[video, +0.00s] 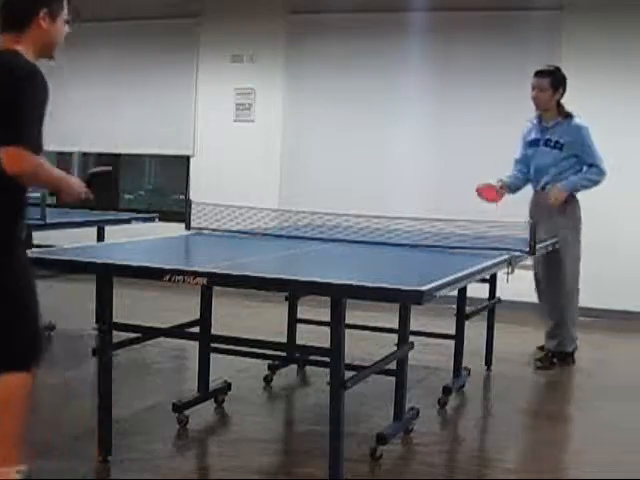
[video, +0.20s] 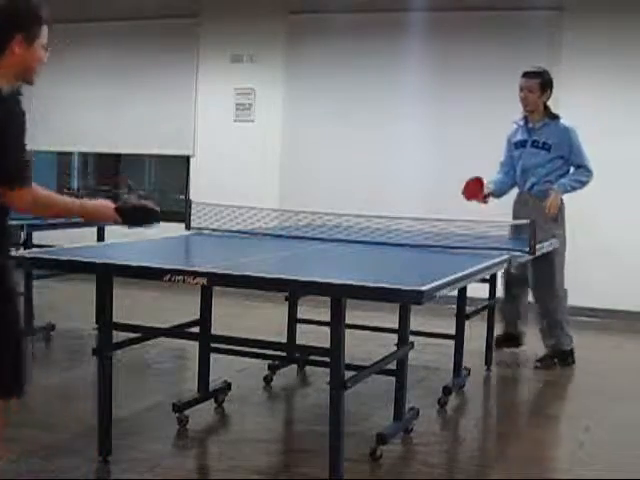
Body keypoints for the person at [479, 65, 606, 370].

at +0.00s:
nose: (534, 95)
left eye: (541, 90)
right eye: (533, 89)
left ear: (558, 93)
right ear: (532, 92)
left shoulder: (576, 131)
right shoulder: (532, 131)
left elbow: (597, 171)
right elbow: (523, 171)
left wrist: (566, 187)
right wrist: (504, 185)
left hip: (563, 207)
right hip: (539, 206)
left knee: (564, 274)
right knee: (544, 275)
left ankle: (564, 346)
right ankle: (556, 339)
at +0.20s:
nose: (523, 97)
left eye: (530, 91)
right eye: (521, 91)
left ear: (545, 95)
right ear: (519, 94)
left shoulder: (563, 132)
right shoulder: (517, 133)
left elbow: (583, 171)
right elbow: (508, 173)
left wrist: (559, 190)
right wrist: (491, 189)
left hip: (548, 207)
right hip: (523, 205)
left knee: (547, 278)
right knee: (515, 273)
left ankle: (560, 348)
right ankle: (512, 332)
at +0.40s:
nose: (504, 100)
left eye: (510, 94)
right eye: (501, 94)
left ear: (524, 98)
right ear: (498, 99)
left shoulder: (542, 134)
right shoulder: (496, 138)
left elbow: (559, 174)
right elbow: (489, 179)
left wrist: (530, 174)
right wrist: (472, 200)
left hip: (530, 214)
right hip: (502, 212)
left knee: (534, 281)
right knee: (486, 279)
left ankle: (557, 345)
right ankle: (481, 337)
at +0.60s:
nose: (490, 99)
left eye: (495, 94)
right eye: (486, 94)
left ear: (509, 96)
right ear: (483, 98)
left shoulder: (528, 129)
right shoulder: (484, 133)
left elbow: (531, 171)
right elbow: (480, 176)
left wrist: (503, 143)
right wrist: (467, 202)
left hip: (519, 201)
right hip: (492, 201)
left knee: (521, 271)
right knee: (482, 270)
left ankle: (535, 338)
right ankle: (481, 333)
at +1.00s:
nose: (476, 106)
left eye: (480, 99)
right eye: (473, 101)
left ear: (497, 96)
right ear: (474, 103)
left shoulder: (523, 128)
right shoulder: (481, 133)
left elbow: (518, 167)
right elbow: (484, 178)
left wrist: (495, 134)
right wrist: (474, 210)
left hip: (513, 198)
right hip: (487, 199)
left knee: (513, 269)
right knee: (480, 268)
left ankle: (518, 336)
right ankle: (480, 332)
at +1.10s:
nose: (471, 108)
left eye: (474, 101)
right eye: (467, 103)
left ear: (491, 97)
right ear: (468, 105)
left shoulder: (518, 130)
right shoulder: (478, 134)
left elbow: (514, 171)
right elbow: (482, 178)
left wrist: (489, 137)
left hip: (510, 198)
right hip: (484, 198)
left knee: (511, 270)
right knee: (473, 266)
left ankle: (518, 335)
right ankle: (468, 327)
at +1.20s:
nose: (459, 109)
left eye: (463, 102)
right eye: (457, 104)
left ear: (480, 100)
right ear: (463, 105)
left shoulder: (509, 133)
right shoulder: (471, 134)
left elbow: (514, 176)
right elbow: (478, 173)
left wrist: (480, 147)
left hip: (502, 199)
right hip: (477, 198)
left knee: (509, 269)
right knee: (461, 262)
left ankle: (517, 333)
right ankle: (443, 325)